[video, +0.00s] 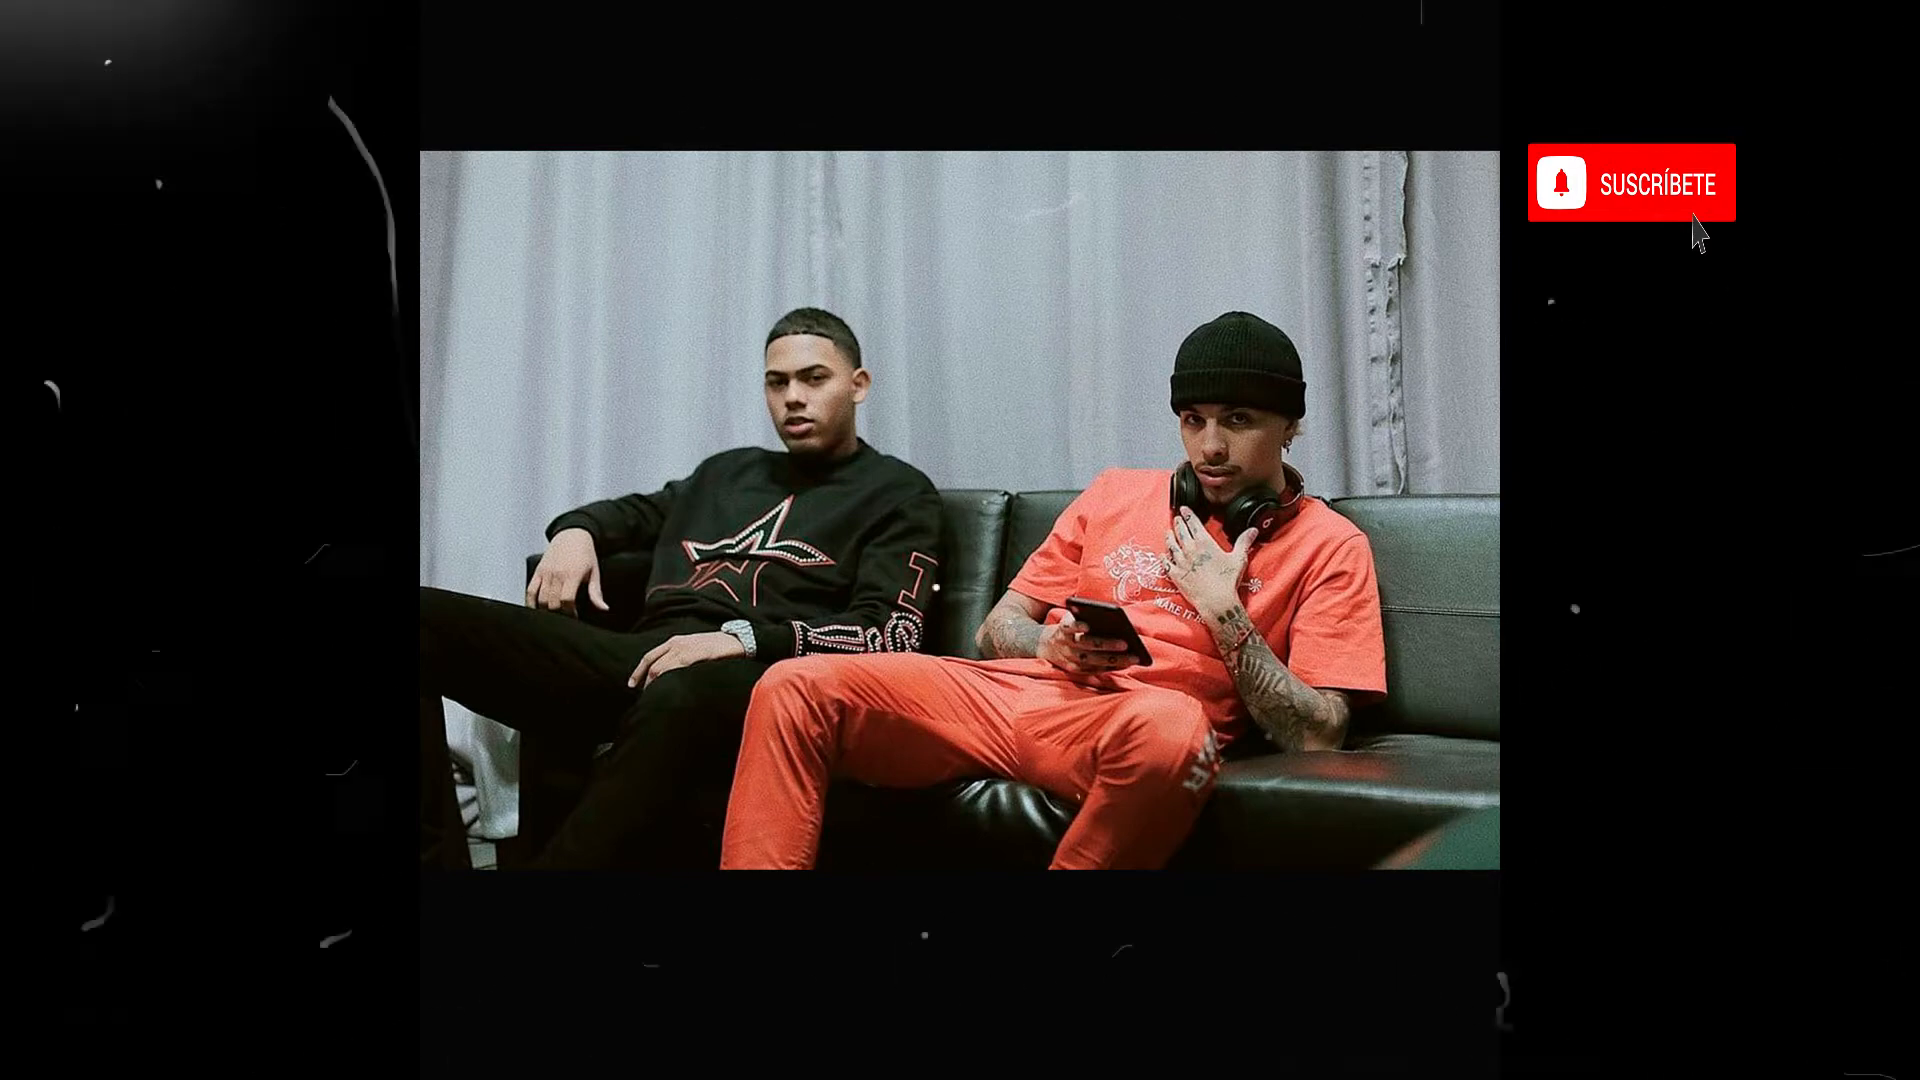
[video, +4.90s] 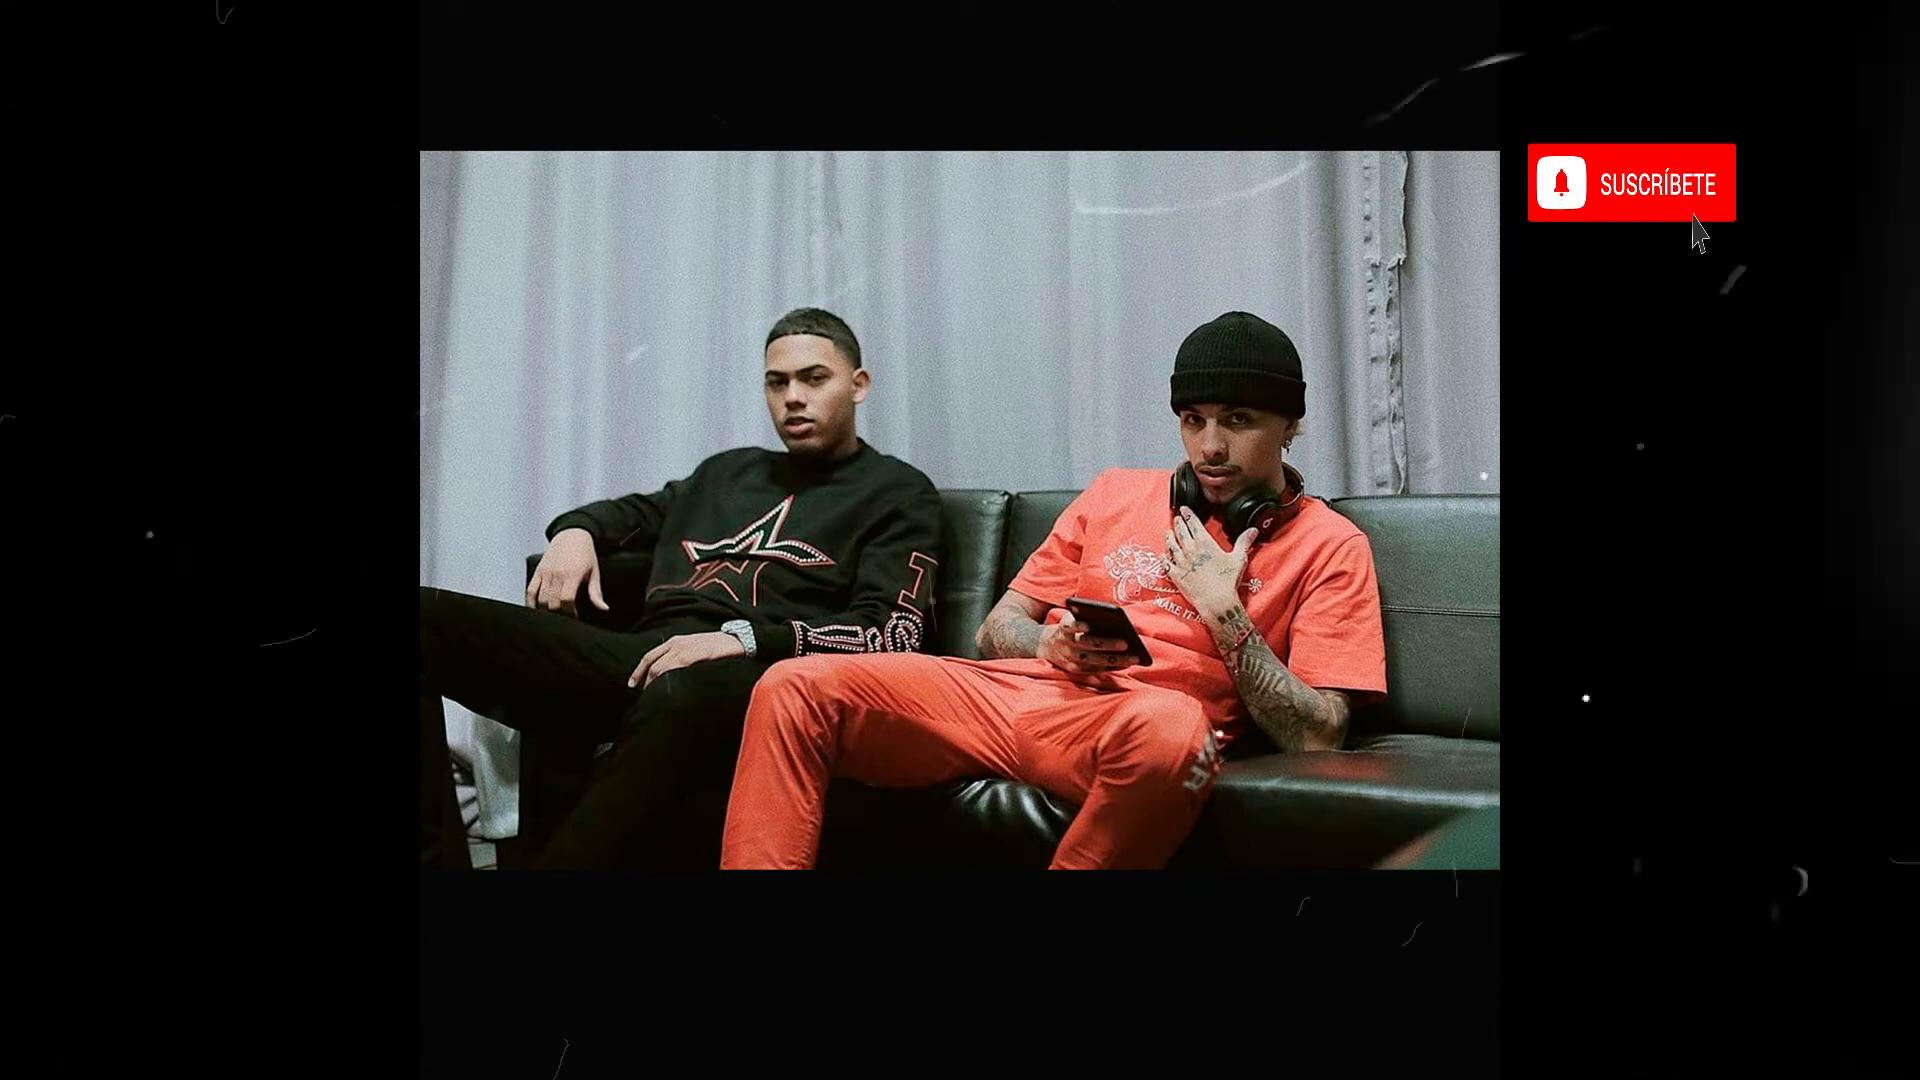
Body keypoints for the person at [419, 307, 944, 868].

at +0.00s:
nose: (793, 399)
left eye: (813, 379)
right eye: (779, 382)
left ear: (859, 385)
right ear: (765, 391)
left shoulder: (900, 493)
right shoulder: (728, 472)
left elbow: (894, 634)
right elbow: (640, 515)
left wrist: (742, 639)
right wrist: (574, 530)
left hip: (769, 681)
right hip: (637, 653)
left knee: (682, 699)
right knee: (425, 617)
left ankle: (562, 871)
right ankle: (440, 856)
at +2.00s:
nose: (793, 399)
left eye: (814, 378)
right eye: (779, 382)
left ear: (859, 385)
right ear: (765, 390)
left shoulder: (900, 494)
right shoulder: (727, 472)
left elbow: (893, 635)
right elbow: (643, 516)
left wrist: (743, 639)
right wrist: (575, 530)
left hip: (771, 681)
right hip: (637, 654)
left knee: (682, 701)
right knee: (424, 617)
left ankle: (561, 870)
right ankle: (440, 857)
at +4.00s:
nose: (793, 399)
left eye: (814, 378)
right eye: (779, 382)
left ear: (859, 385)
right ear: (765, 390)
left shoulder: (899, 494)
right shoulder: (728, 471)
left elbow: (893, 635)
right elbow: (642, 515)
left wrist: (742, 639)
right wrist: (575, 530)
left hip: (770, 681)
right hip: (637, 653)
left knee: (682, 701)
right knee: (424, 617)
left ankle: (562, 871)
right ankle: (441, 856)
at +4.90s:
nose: (793, 399)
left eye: (813, 379)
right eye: (779, 382)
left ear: (859, 385)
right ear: (765, 391)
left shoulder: (899, 493)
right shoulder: (728, 472)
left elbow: (896, 634)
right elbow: (641, 515)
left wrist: (744, 638)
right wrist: (575, 530)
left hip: (770, 680)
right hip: (638, 653)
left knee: (683, 700)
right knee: (426, 616)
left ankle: (561, 872)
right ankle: (442, 858)